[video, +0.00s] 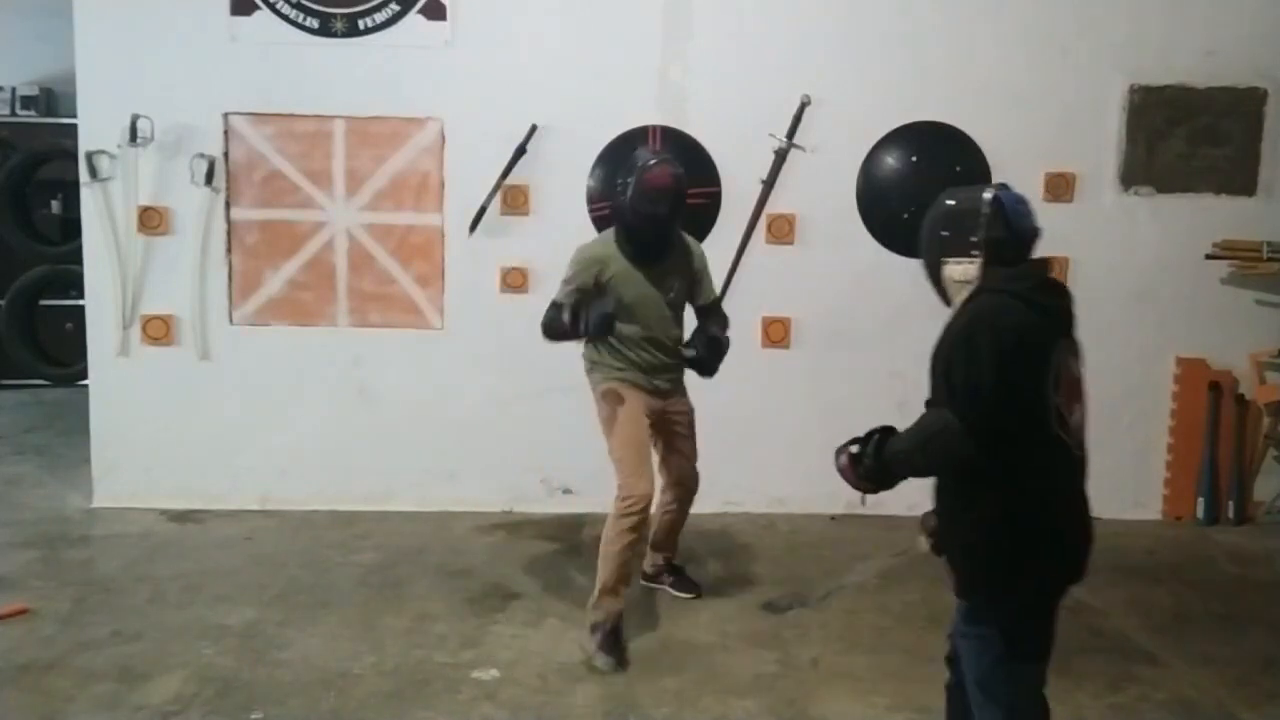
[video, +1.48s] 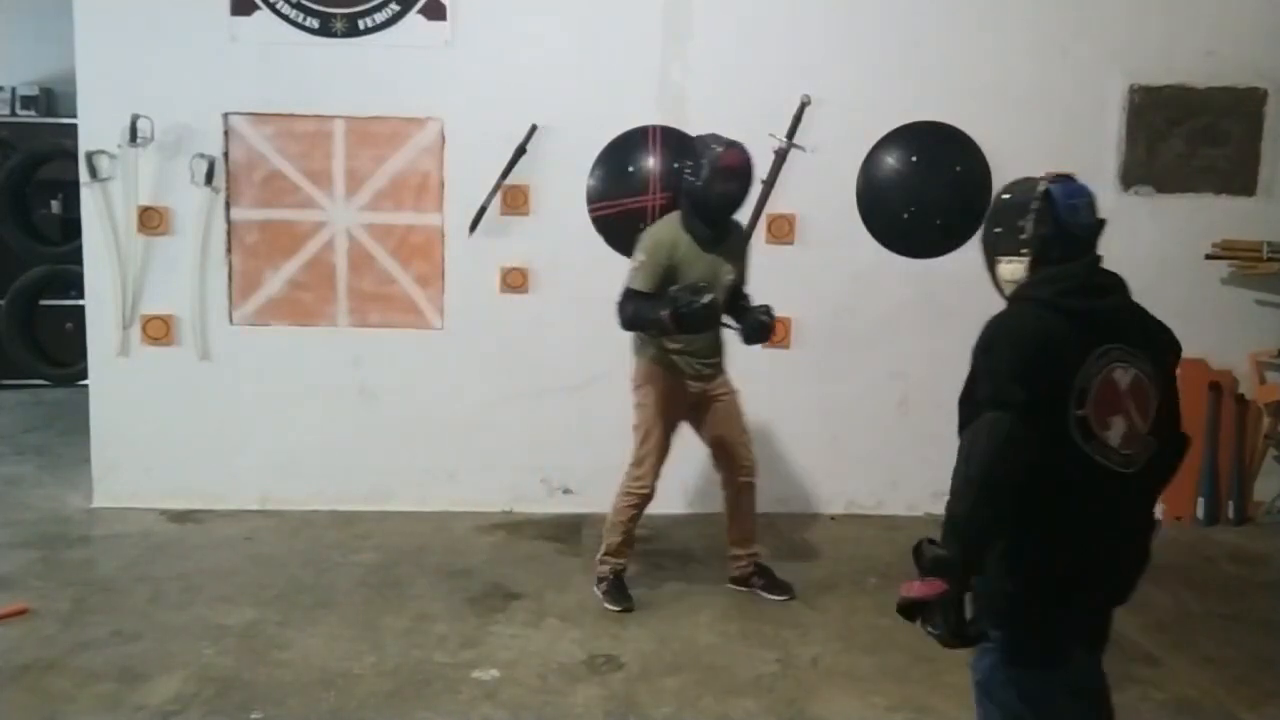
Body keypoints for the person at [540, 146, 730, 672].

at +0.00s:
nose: (658, 218)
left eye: (666, 208)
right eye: (649, 207)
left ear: (676, 210)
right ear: (627, 207)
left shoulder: (688, 253)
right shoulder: (595, 256)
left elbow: (712, 313)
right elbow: (552, 323)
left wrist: (710, 342)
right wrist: (585, 319)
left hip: (670, 382)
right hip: (618, 380)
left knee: (682, 482)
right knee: (636, 495)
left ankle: (659, 564)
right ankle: (605, 619)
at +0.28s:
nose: (671, 211)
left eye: (678, 201)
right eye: (662, 198)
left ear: (684, 202)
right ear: (639, 197)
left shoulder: (684, 239)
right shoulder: (602, 247)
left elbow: (695, 284)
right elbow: (562, 316)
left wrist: (714, 308)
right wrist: (607, 313)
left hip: (655, 374)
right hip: (605, 376)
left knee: (669, 468)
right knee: (618, 479)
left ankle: (657, 564)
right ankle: (607, 572)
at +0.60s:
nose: (658, 189)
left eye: (666, 181)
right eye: (650, 179)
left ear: (675, 187)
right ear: (627, 183)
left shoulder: (677, 234)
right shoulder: (592, 237)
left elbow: (680, 294)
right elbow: (565, 309)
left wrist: (695, 316)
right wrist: (602, 315)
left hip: (649, 367)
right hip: (599, 366)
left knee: (664, 462)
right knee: (610, 470)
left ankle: (649, 548)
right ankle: (606, 569)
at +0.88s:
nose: (665, 188)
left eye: (672, 180)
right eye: (657, 177)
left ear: (678, 188)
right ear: (633, 181)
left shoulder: (680, 233)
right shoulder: (598, 235)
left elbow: (683, 291)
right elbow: (566, 304)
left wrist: (697, 314)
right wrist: (597, 314)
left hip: (653, 367)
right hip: (605, 363)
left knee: (666, 462)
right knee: (612, 470)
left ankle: (649, 548)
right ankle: (607, 569)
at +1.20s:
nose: (687, 189)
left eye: (693, 181)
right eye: (678, 178)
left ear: (699, 189)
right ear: (654, 182)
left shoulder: (693, 235)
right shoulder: (618, 235)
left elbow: (689, 293)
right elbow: (585, 306)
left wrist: (707, 316)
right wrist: (627, 313)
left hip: (669, 367)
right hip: (619, 366)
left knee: (696, 459)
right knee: (617, 472)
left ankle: (690, 555)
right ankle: (607, 570)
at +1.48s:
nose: (732, 193)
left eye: (739, 185)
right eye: (723, 182)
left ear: (744, 189)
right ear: (698, 182)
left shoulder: (735, 238)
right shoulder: (663, 237)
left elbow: (733, 296)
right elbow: (630, 309)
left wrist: (750, 318)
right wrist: (674, 313)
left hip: (710, 373)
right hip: (659, 371)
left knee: (740, 466)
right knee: (643, 476)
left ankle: (744, 567)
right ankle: (610, 570)